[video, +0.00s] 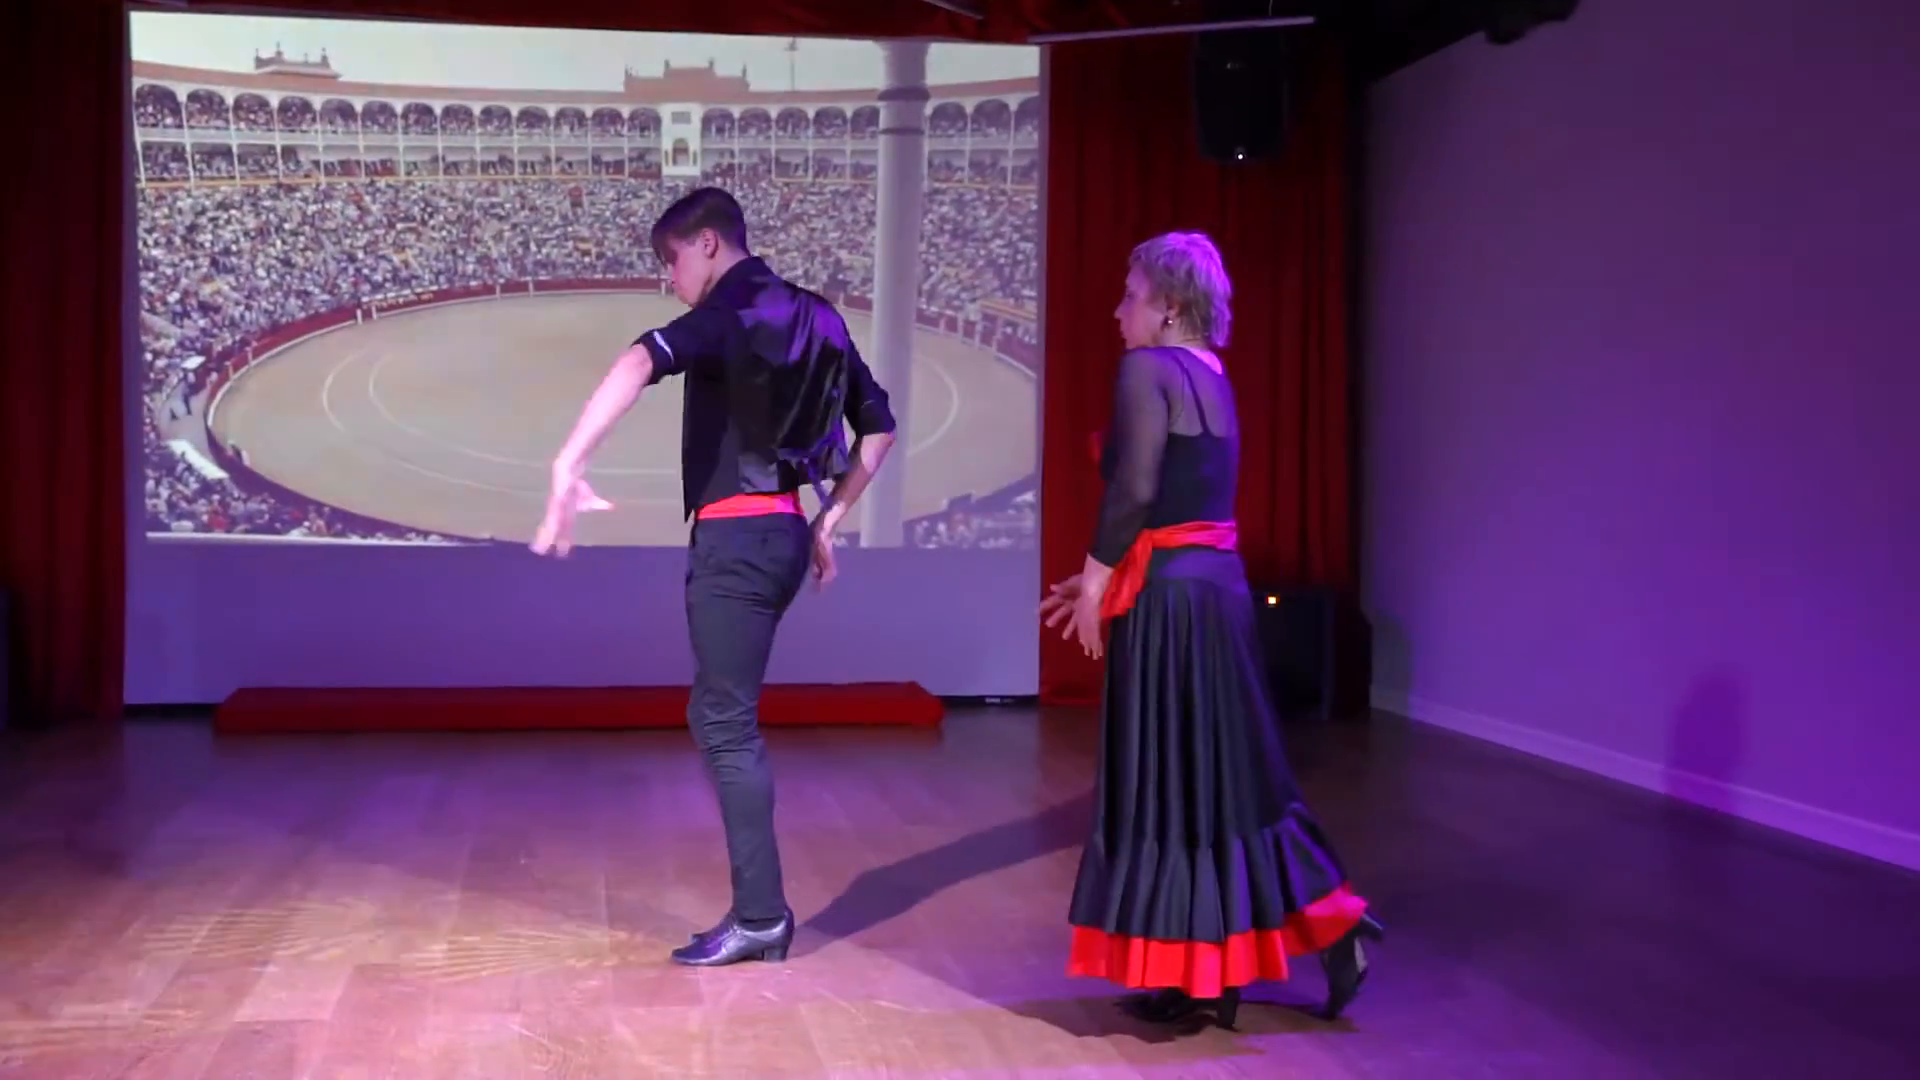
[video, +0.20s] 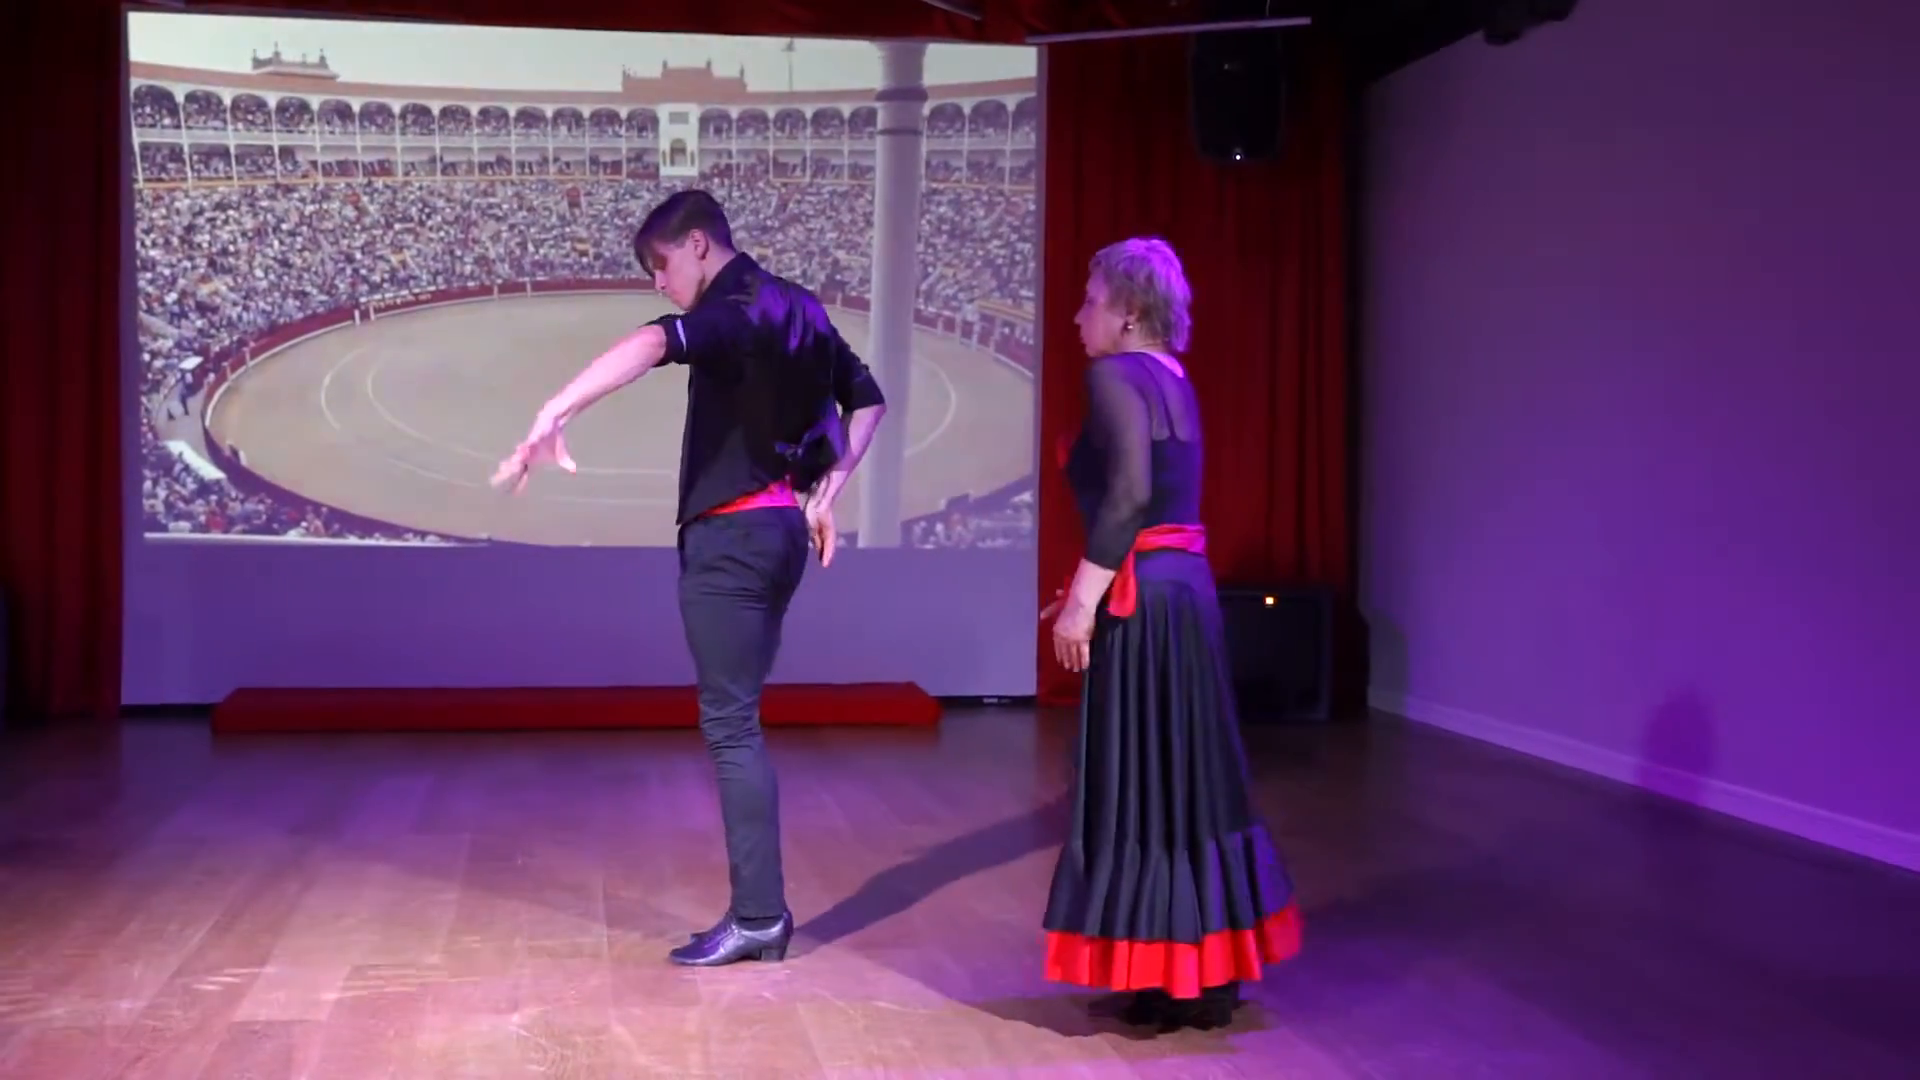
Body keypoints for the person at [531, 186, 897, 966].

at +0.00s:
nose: (671, 282)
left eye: (672, 262)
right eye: (666, 265)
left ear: (711, 244)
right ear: (734, 245)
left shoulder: (727, 310)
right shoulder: (818, 317)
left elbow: (640, 358)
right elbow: (878, 431)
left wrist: (568, 460)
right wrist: (826, 521)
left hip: (734, 538)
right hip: (780, 538)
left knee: (726, 725)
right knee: (721, 718)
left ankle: (760, 916)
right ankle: (759, 907)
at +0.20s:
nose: (661, 289)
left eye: (662, 268)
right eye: (655, 273)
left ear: (700, 245)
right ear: (718, 246)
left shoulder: (728, 310)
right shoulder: (802, 309)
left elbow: (652, 343)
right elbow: (867, 400)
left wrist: (556, 409)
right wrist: (827, 491)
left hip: (730, 534)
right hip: (780, 531)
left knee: (733, 728)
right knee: (735, 721)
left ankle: (760, 917)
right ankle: (759, 909)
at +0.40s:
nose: (654, 286)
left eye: (656, 268)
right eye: (647, 272)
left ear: (694, 244)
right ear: (708, 245)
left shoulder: (726, 304)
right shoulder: (794, 303)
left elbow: (653, 324)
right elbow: (863, 384)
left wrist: (558, 362)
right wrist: (825, 468)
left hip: (730, 533)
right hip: (782, 529)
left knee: (733, 728)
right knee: (748, 724)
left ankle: (757, 916)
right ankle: (760, 909)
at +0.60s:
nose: (654, 284)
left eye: (653, 270)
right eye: (647, 274)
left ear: (684, 244)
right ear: (707, 240)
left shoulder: (723, 299)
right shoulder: (794, 303)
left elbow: (661, 305)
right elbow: (860, 374)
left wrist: (562, 331)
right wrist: (822, 457)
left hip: (731, 535)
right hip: (785, 530)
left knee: (733, 729)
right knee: (759, 723)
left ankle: (753, 917)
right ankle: (764, 909)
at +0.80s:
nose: (652, 287)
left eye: (649, 274)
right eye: (644, 277)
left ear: (679, 248)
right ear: (702, 242)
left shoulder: (721, 298)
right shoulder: (792, 302)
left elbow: (660, 300)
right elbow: (862, 372)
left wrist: (566, 312)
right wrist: (825, 454)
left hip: (734, 536)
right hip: (790, 531)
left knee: (734, 730)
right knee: (763, 726)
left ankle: (752, 920)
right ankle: (762, 908)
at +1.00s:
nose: (649, 292)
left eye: (645, 278)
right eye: (642, 281)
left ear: (675, 252)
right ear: (699, 244)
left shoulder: (730, 304)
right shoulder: (791, 301)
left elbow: (661, 300)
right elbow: (858, 384)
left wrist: (570, 296)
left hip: (732, 546)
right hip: (787, 542)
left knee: (734, 727)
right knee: (774, 721)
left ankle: (753, 909)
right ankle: (801, 905)